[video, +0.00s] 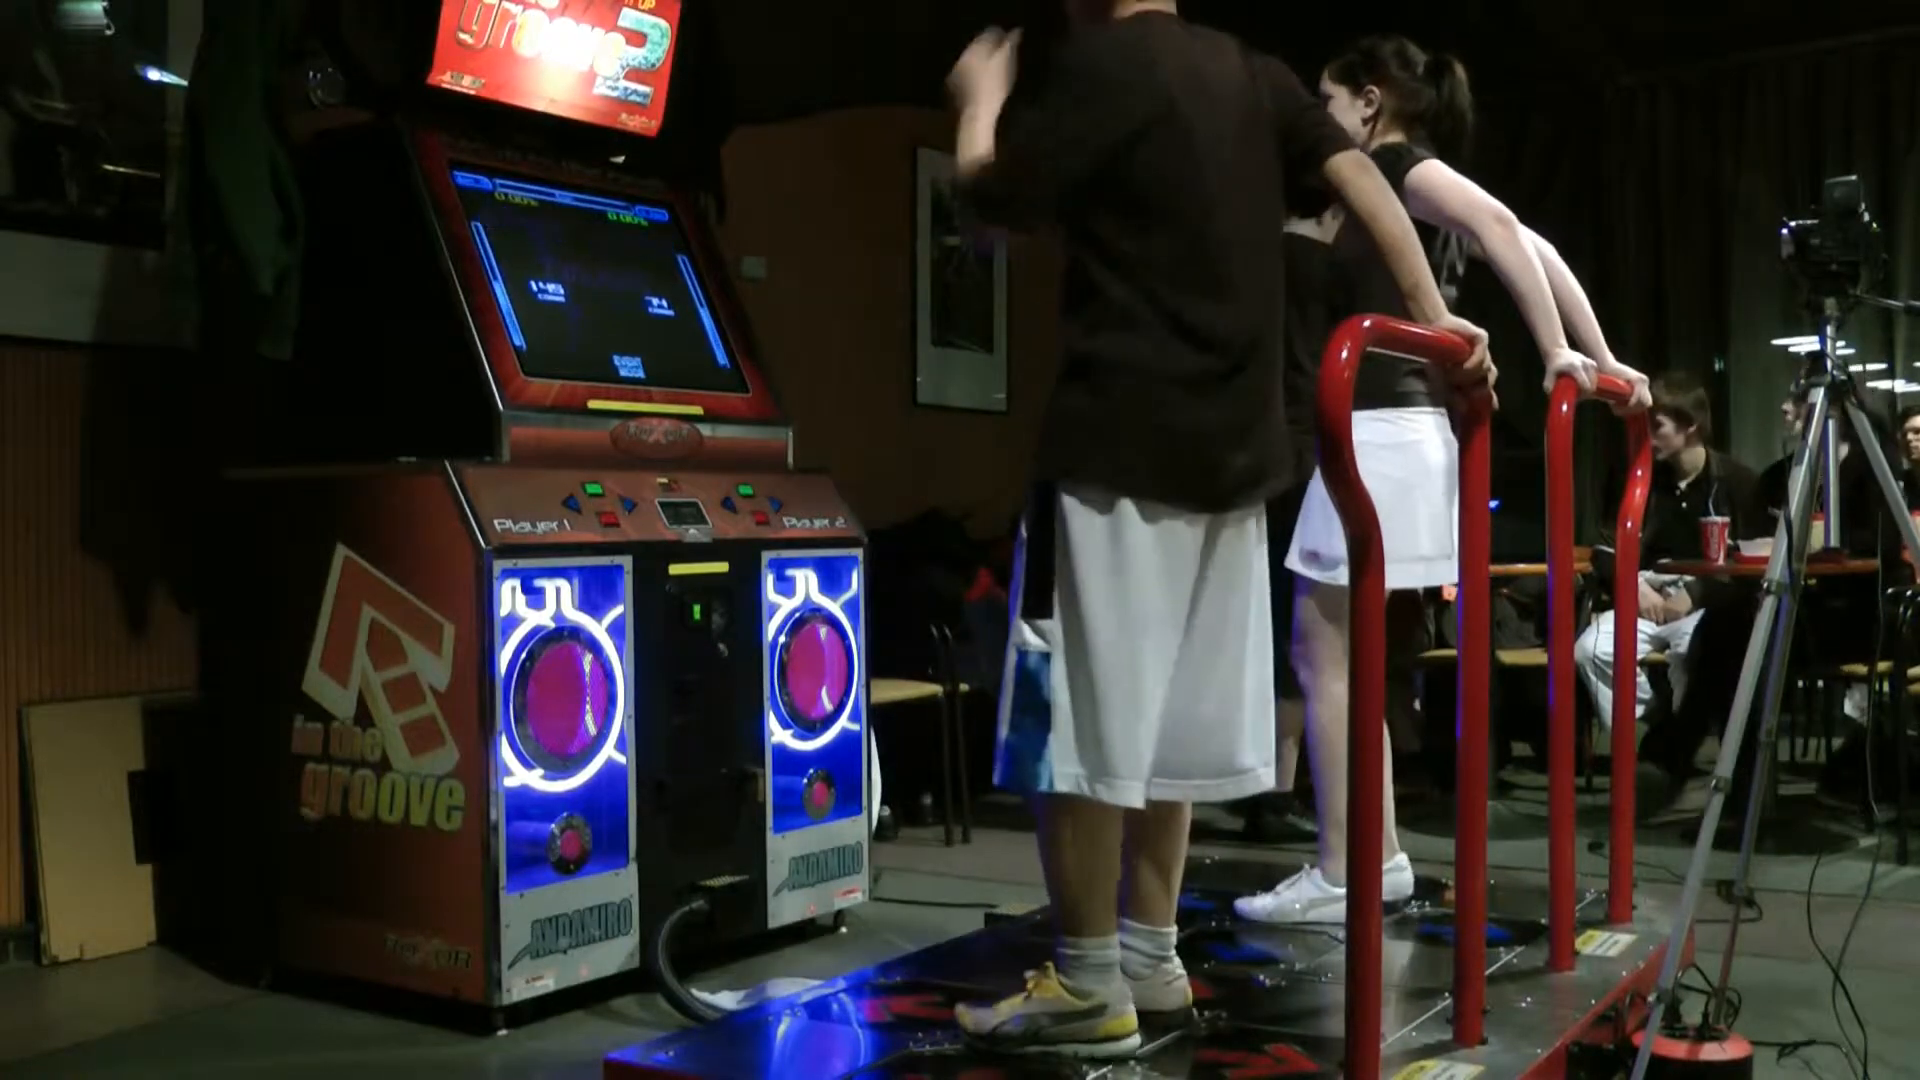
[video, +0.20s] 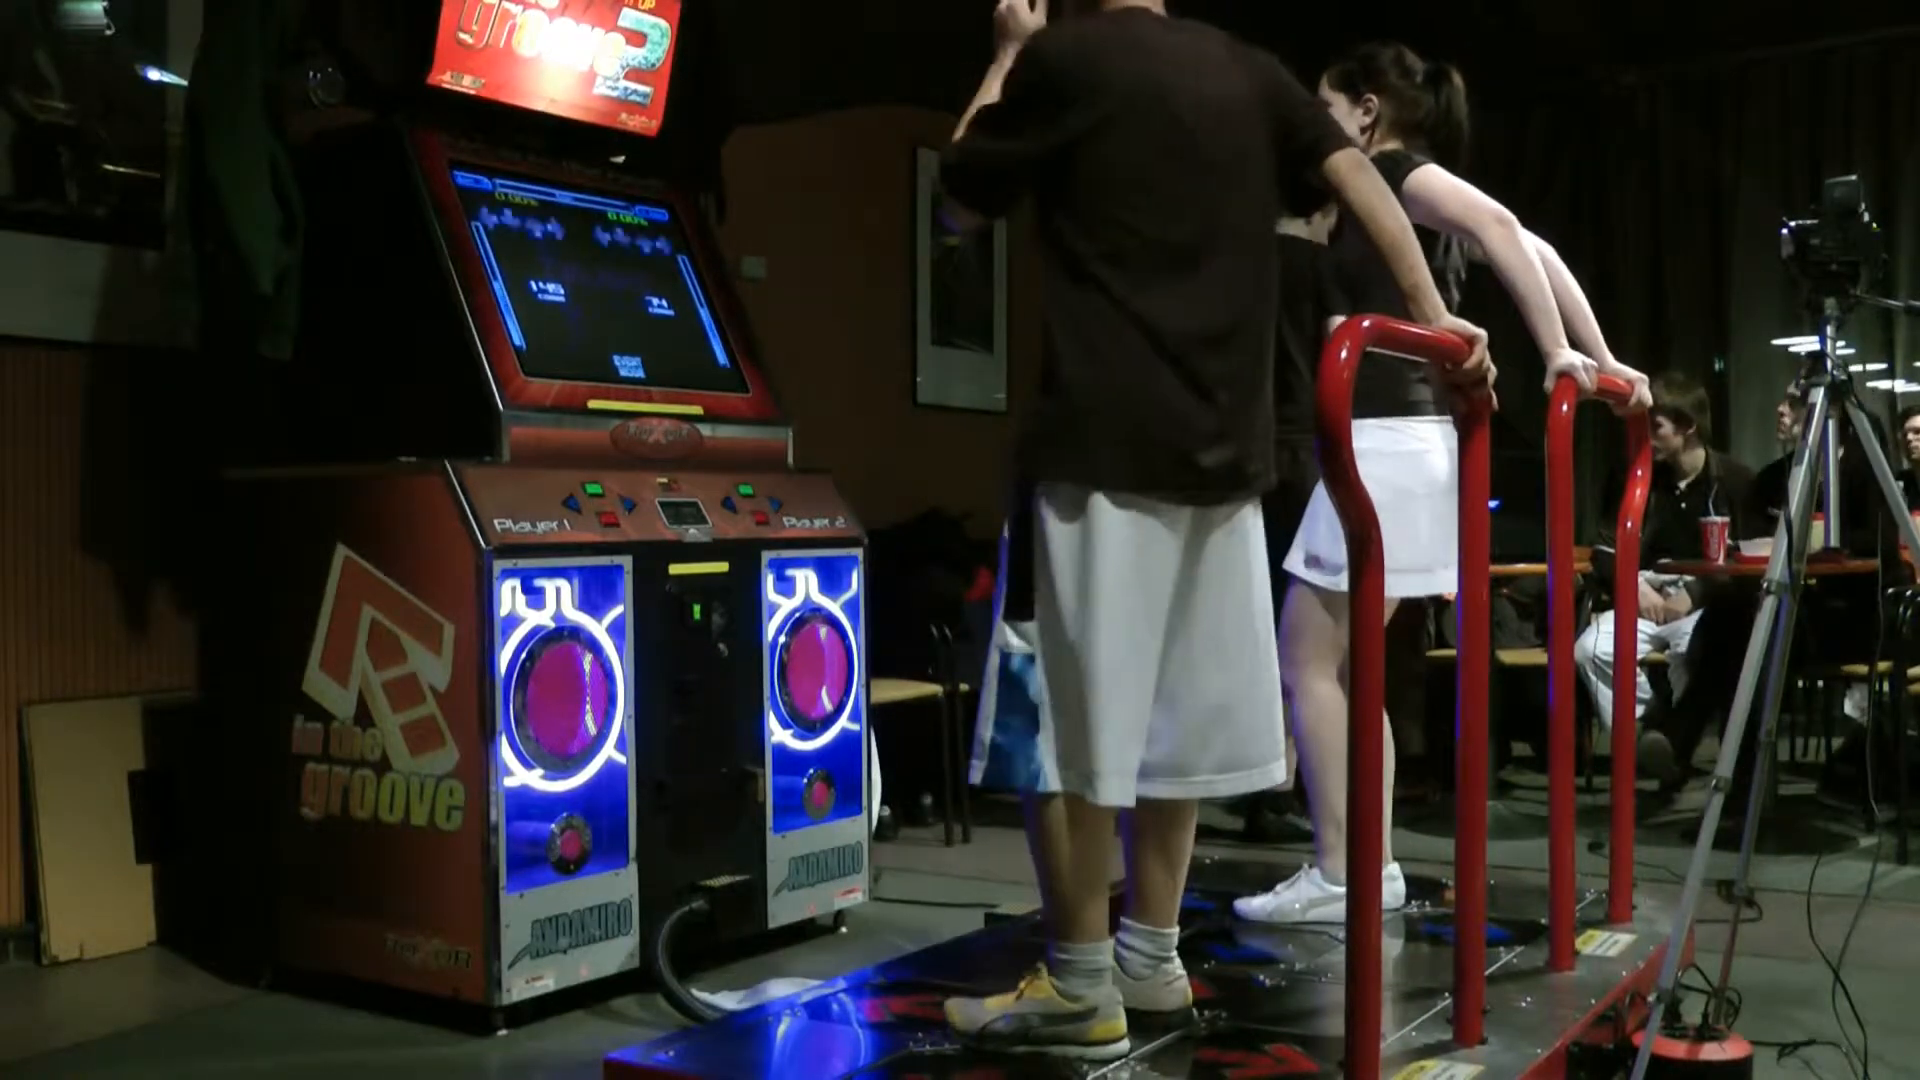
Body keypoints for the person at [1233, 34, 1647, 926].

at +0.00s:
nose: (1322, 114)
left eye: (1332, 99)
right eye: (1323, 101)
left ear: (1375, 101)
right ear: (1396, 108)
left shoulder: (1394, 168)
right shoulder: (1404, 175)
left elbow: (1503, 230)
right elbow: (1543, 254)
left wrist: (1556, 351)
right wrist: (1603, 356)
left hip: (1375, 436)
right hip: (1399, 435)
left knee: (1325, 654)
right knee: (1345, 655)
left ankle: (1338, 872)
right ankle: (1380, 855)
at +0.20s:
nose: (1323, 123)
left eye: (1331, 107)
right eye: (1324, 109)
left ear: (1370, 108)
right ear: (1402, 115)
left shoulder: (1389, 172)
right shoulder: (1410, 180)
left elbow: (1502, 231)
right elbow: (1542, 256)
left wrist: (1557, 351)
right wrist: (1603, 357)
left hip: (1375, 450)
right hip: (1413, 451)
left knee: (1308, 664)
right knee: (1355, 675)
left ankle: (1335, 872)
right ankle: (1373, 871)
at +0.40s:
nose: (1323, 122)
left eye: (1333, 106)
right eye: (1325, 108)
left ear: (1372, 105)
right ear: (1400, 112)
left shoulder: (1396, 172)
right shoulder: (1419, 183)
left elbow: (1502, 231)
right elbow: (1542, 254)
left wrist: (1557, 351)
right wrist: (1602, 357)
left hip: (1378, 450)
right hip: (1422, 453)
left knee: (1291, 653)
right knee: (1354, 672)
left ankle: (1332, 862)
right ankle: (1375, 869)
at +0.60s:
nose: (1320, 123)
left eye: (1329, 107)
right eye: (1321, 109)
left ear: (1369, 108)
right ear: (1396, 114)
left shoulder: (1391, 173)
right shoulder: (1404, 182)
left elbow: (1502, 233)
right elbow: (1541, 256)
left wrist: (1556, 351)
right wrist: (1601, 357)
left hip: (1369, 448)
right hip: (1411, 448)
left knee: (1303, 662)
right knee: (1350, 672)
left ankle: (1332, 874)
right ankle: (1373, 869)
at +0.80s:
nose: (1319, 119)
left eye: (1329, 103)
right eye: (1320, 105)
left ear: (1372, 104)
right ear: (1393, 111)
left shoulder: (1391, 169)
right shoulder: (1407, 178)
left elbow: (1498, 230)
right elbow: (1537, 259)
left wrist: (1555, 350)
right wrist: (1602, 357)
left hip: (1368, 442)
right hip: (1407, 443)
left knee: (1311, 662)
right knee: (1354, 670)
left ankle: (1333, 875)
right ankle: (1374, 873)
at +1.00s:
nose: (1318, 120)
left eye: (1327, 104)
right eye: (1319, 106)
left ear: (1370, 104)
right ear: (1395, 110)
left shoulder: (1390, 170)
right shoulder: (1409, 176)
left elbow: (1502, 232)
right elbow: (1537, 256)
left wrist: (1557, 350)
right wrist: (1600, 355)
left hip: (1368, 445)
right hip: (1411, 447)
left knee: (1320, 666)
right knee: (1358, 668)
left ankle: (1333, 876)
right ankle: (1375, 872)